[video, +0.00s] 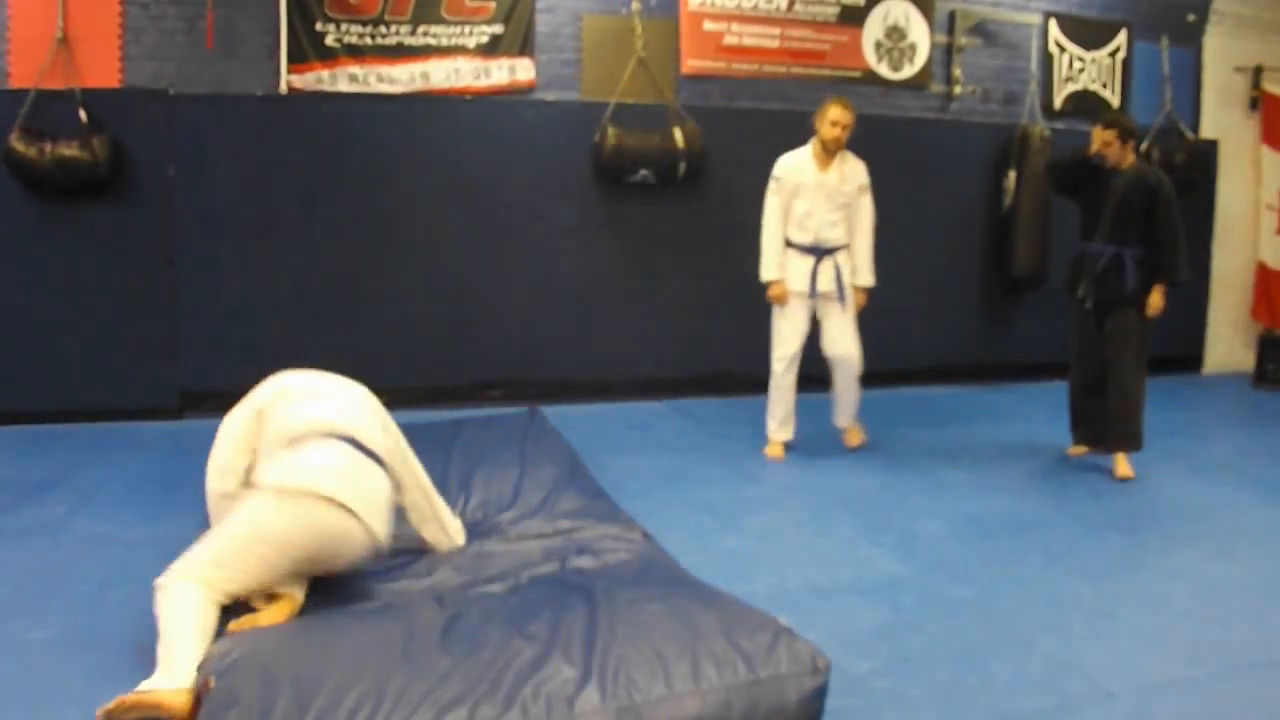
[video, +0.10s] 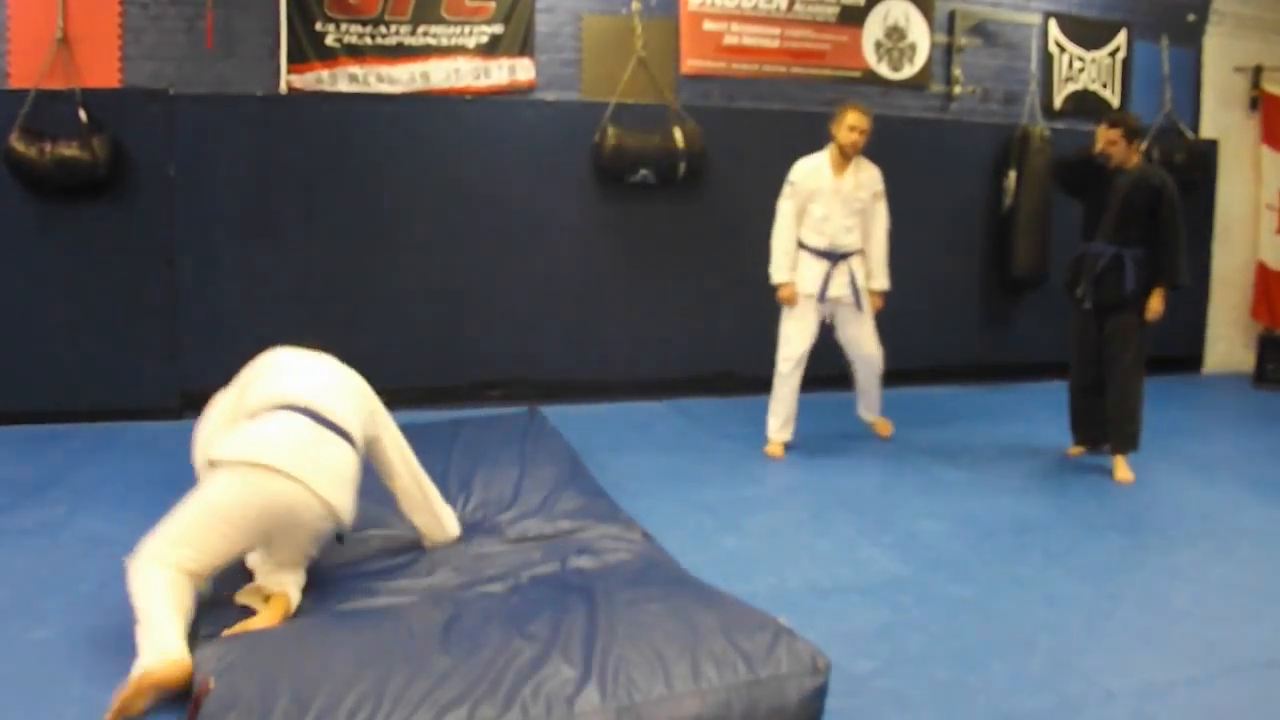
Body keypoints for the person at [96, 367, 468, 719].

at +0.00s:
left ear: (283, 381)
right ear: (343, 385)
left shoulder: (264, 396)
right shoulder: (369, 407)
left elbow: (223, 478)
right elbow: (414, 480)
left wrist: (234, 545)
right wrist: (451, 539)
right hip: (363, 525)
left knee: (187, 580)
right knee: (275, 544)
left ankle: (172, 679)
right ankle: (286, 595)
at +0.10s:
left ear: (279, 357)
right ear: (335, 363)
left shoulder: (259, 371)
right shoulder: (357, 388)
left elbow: (210, 427)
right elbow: (403, 469)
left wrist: (215, 479)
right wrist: (443, 529)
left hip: (248, 474)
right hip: (318, 494)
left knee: (163, 562)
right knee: (282, 563)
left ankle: (163, 655)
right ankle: (279, 596)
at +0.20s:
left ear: (285, 324)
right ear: (325, 336)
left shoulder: (254, 336)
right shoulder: (347, 371)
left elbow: (182, 389)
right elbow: (390, 453)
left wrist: (196, 455)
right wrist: (429, 520)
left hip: (226, 456)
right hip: (297, 485)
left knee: (138, 516)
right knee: (276, 559)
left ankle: (146, 606)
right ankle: (273, 596)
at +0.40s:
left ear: (243, 281)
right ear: (288, 294)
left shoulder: (215, 295)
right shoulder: (311, 334)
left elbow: (136, 355)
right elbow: (338, 431)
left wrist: (175, 405)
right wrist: (356, 511)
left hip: (187, 431)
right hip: (260, 454)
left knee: (164, 445)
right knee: (267, 551)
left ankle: (160, 564)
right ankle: (265, 601)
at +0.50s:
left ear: (230, 265)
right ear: (277, 274)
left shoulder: (195, 288)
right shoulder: (304, 319)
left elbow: (133, 355)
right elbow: (321, 412)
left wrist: (168, 409)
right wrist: (320, 487)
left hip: (184, 421)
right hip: (256, 439)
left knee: (171, 457)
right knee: (263, 545)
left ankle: (161, 563)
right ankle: (267, 601)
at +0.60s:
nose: (267, 245)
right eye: (266, 240)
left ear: (210, 234)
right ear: (260, 238)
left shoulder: (178, 267)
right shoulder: (287, 280)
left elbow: (138, 359)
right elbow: (306, 369)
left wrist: (171, 401)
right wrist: (287, 434)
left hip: (186, 394)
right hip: (259, 405)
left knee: (180, 460)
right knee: (260, 528)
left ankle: (164, 562)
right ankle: (269, 595)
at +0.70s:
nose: (270, 210)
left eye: (268, 204)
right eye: (269, 204)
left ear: (212, 203)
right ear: (261, 203)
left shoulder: (176, 246)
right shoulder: (285, 250)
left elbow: (153, 332)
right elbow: (305, 341)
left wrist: (169, 379)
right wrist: (298, 412)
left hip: (185, 362)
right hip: (259, 368)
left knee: (191, 451)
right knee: (268, 499)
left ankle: (166, 561)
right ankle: (258, 574)